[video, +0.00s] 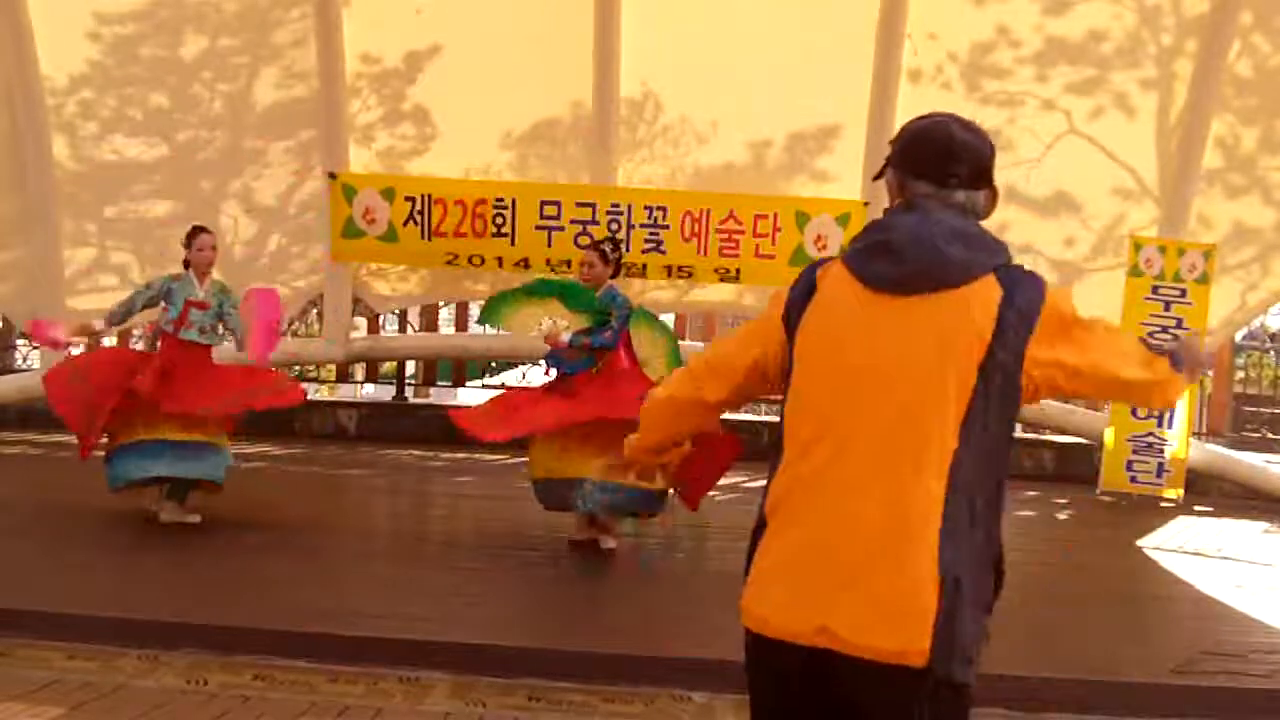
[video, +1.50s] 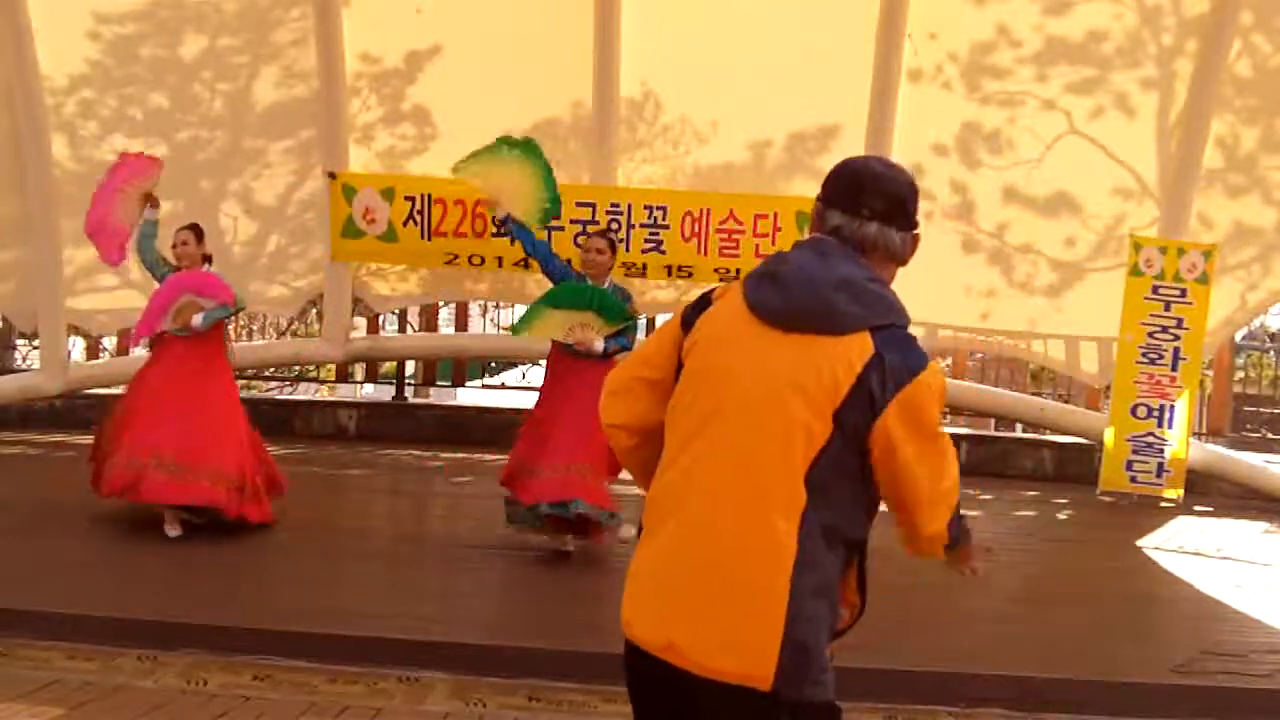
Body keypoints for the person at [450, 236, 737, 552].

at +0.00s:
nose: (582, 272)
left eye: (590, 266)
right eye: (581, 265)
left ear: (610, 269)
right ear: (582, 267)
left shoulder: (616, 301)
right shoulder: (587, 300)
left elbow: (610, 340)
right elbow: (589, 340)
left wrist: (569, 341)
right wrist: (560, 338)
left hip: (610, 386)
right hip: (585, 385)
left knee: (603, 451)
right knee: (584, 448)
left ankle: (605, 529)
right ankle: (586, 526)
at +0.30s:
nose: (580, 271)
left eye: (588, 265)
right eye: (578, 264)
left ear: (605, 270)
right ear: (576, 267)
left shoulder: (611, 300)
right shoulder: (574, 302)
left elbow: (607, 344)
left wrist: (565, 354)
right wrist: (549, 349)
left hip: (605, 387)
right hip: (576, 385)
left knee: (592, 452)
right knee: (575, 452)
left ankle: (584, 522)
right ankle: (579, 521)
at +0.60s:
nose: (579, 271)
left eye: (587, 265)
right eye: (577, 264)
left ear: (603, 270)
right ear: (573, 267)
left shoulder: (611, 303)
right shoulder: (566, 299)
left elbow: (605, 347)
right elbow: (547, 334)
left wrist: (567, 360)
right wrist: (540, 353)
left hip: (600, 387)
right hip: (565, 385)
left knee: (597, 453)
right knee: (567, 453)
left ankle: (597, 527)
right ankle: (572, 525)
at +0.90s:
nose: (579, 271)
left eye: (588, 266)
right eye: (577, 264)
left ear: (606, 272)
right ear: (573, 266)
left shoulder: (613, 304)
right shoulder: (561, 293)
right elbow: (522, 294)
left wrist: (566, 360)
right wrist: (483, 279)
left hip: (596, 384)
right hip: (557, 380)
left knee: (576, 448)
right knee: (547, 441)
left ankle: (560, 527)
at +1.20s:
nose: (581, 267)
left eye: (589, 263)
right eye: (579, 262)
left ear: (607, 268)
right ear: (576, 264)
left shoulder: (615, 305)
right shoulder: (563, 290)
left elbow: (614, 349)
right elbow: (528, 270)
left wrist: (576, 362)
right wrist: (509, 232)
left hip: (594, 387)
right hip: (558, 383)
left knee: (579, 450)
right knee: (544, 444)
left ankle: (564, 526)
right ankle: (537, 524)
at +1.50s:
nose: (592, 257)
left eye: (600, 252)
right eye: (587, 250)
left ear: (612, 259)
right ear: (581, 254)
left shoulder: (620, 297)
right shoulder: (568, 279)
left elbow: (628, 339)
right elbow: (539, 252)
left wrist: (601, 346)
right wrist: (504, 217)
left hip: (598, 371)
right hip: (563, 367)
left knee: (590, 435)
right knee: (558, 432)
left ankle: (584, 509)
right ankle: (555, 510)